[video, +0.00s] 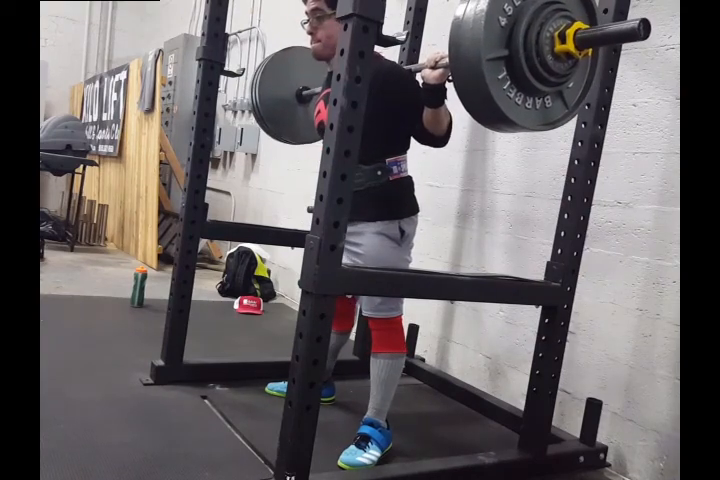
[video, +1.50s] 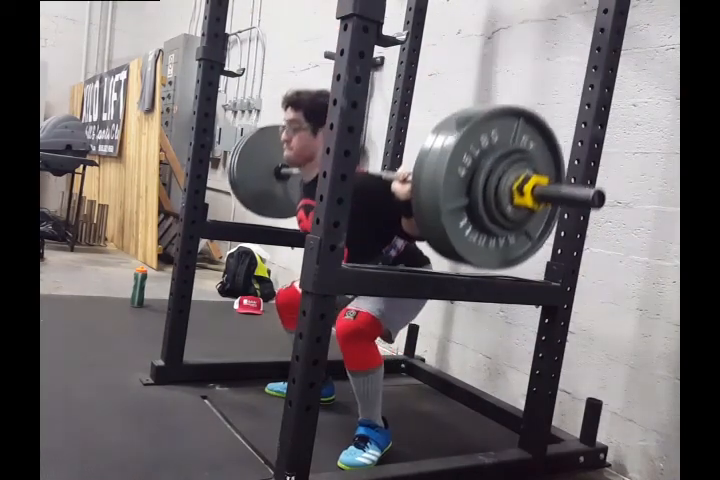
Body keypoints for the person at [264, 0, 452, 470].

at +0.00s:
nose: (310, 33)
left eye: (316, 22)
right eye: (308, 24)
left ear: (348, 20)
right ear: (330, 26)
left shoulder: (391, 78)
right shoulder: (333, 79)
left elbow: (437, 136)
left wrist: (434, 88)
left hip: (383, 218)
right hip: (335, 214)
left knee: (382, 313)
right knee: (331, 302)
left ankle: (376, 424)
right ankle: (318, 380)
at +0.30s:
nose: (315, 25)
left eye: (323, 17)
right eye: (315, 17)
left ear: (352, 23)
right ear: (332, 26)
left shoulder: (389, 77)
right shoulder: (333, 77)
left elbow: (434, 138)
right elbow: (327, 131)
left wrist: (433, 89)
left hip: (380, 213)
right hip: (334, 209)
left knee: (379, 312)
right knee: (330, 300)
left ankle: (376, 424)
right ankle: (318, 379)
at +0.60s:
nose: (314, 24)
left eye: (323, 16)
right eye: (314, 16)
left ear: (352, 23)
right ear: (328, 26)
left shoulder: (388, 76)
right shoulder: (332, 77)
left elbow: (434, 138)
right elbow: (329, 131)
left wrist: (433, 89)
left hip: (381, 216)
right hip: (334, 212)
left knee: (378, 312)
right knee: (330, 301)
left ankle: (376, 424)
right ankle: (318, 379)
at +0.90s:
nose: (309, 47)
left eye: (319, 38)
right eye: (309, 38)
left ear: (349, 44)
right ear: (318, 45)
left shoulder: (384, 101)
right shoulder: (327, 103)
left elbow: (436, 156)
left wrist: (429, 114)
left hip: (392, 227)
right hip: (340, 224)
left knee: (366, 322)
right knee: (311, 295)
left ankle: (374, 427)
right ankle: (315, 380)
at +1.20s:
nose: (296, 97)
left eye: (306, 88)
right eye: (297, 88)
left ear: (336, 95)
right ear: (313, 96)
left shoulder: (373, 149)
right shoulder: (320, 151)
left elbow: (428, 198)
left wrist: (420, 164)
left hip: (406, 250)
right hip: (356, 250)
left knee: (362, 325)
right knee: (298, 298)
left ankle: (374, 430)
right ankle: (315, 381)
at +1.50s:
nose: (284, 138)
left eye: (294, 129)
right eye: (284, 129)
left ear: (326, 136)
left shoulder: (365, 187)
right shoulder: (309, 186)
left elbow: (417, 231)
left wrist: (409, 201)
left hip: (403, 273)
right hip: (352, 271)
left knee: (353, 328)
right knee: (289, 303)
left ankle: (373, 430)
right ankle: (316, 382)